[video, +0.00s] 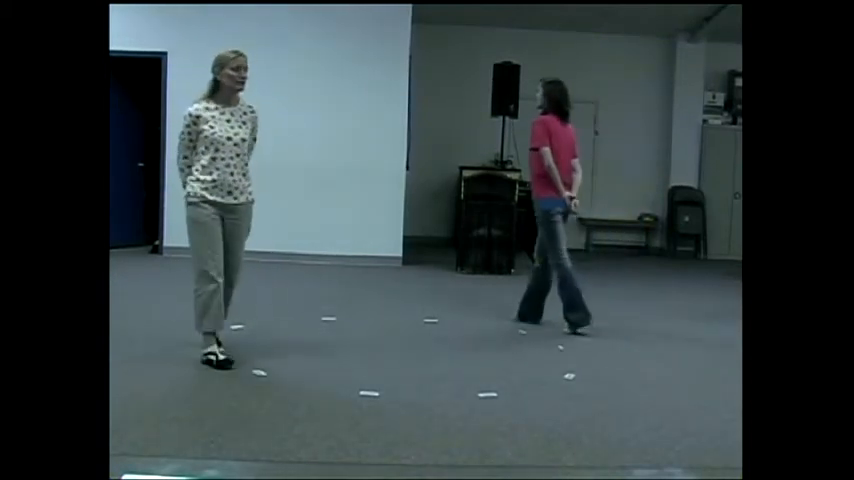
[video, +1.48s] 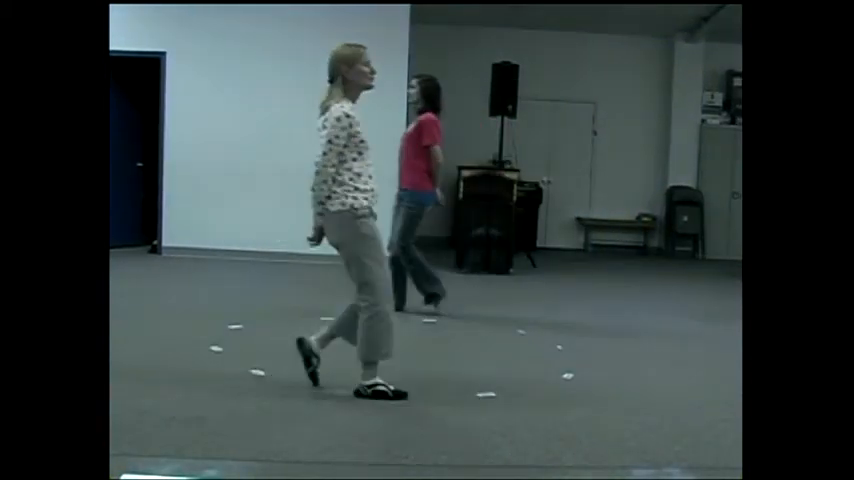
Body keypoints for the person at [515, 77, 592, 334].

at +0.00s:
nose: (537, 98)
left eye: (540, 94)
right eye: (539, 93)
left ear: (547, 98)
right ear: (562, 100)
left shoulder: (541, 124)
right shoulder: (569, 128)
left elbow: (548, 161)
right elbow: (576, 167)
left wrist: (563, 191)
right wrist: (574, 194)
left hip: (546, 199)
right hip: (563, 199)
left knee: (560, 258)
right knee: (543, 257)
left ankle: (578, 316)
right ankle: (529, 312)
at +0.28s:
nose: (514, 98)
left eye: (518, 95)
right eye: (515, 94)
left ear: (527, 100)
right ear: (538, 102)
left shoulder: (525, 128)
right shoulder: (544, 130)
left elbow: (531, 166)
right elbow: (551, 166)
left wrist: (542, 195)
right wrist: (553, 196)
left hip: (523, 203)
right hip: (540, 202)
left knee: (507, 253)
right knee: (525, 253)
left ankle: (540, 297)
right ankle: (525, 310)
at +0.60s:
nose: (484, 99)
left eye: (488, 95)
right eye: (485, 94)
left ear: (498, 99)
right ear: (505, 100)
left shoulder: (496, 128)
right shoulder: (512, 129)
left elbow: (503, 162)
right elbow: (520, 164)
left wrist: (514, 191)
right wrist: (520, 190)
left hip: (494, 201)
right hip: (511, 200)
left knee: (481, 257)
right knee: (515, 255)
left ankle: (460, 305)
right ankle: (528, 312)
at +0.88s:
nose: (457, 96)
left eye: (461, 93)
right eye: (457, 92)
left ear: (471, 97)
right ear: (478, 98)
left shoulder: (466, 125)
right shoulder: (481, 126)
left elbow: (472, 159)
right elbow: (487, 162)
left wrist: (481, 188)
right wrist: (486, 188)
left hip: (461, 196)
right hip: (473, 196)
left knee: (462, 253)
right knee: (466, 250)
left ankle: (457, 307)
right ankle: (495, 298)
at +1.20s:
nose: (426, 94)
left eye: (431, 90)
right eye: (428, 90)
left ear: (442, 96)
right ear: (443, 97)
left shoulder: (442, 123)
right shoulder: (442, 123)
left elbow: (452, 156)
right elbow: (449, 158)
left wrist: (458, 189)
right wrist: (456, 190)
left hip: (440, 194)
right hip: (434, 194)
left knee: (444, 252)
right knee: (416, 250)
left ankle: (456, 306)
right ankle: (395, 299)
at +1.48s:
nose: (409, 92)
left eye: (413, 87)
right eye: (410, 87)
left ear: (425, 92)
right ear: (423, 93)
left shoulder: (427, 121)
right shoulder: (418, 121)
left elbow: (436, 156)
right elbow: (423, 156)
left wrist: (436, 186)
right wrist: (432, 186)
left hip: (416, 190)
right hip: (408, 189)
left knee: (399, 245)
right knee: (398, 246)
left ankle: (433, 290)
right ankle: (397, 301)